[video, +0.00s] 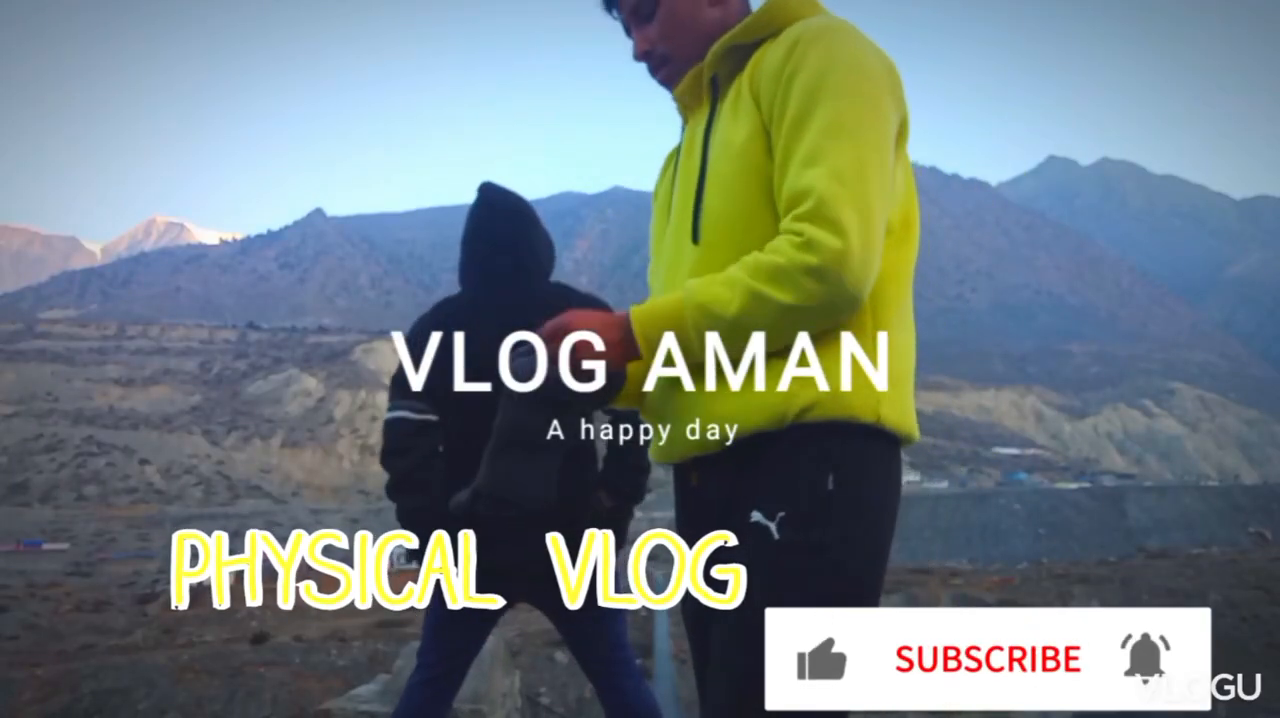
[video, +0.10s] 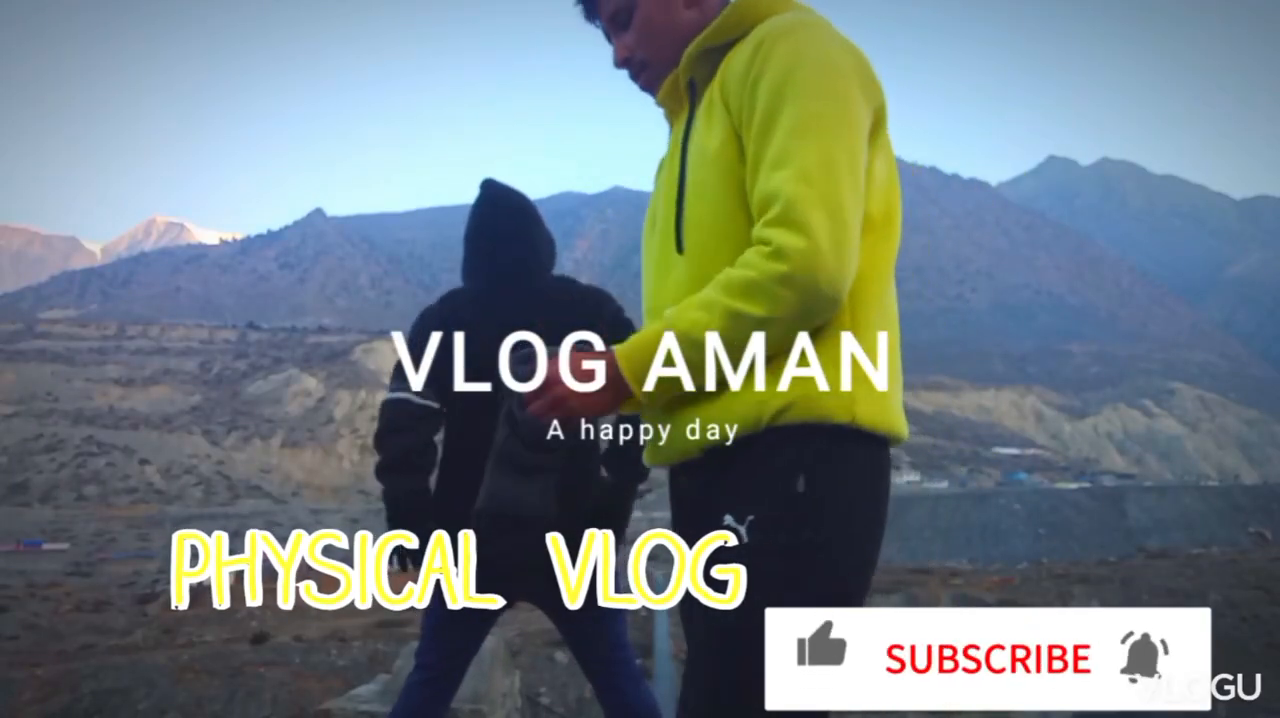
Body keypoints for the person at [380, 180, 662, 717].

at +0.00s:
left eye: (476, 243)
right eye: (537, 238)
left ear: (471, 248)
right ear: (540, 244)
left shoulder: (436, 328)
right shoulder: (590, 319)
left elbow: (406, 445)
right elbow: (630, 432)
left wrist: (430, 536)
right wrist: (608, 513)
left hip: (473, 546)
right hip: (569, 543)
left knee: (431, 684)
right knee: (620, 678)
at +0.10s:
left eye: (477, 238)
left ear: (474, 244)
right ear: (540, 239)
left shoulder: (442, 320)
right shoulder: (594, 310)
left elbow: (402, 436)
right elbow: (631, 426)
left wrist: (408, 536)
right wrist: (609, 519)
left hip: (472, 547)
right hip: (570, 545)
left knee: (430, 682)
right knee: (621, 679)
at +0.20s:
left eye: (475, 238)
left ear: (472, 244)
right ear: (536, 239)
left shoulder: (446, 316)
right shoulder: (593, 304)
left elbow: (392, 430)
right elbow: (632, 420)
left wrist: (378, 536)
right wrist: (615, 513)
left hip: (466, 542)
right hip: (566, 542)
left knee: (418, 683)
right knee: (620, 687)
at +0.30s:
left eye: (462, 241)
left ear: (460, 246)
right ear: (526, 242)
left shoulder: (435, 318)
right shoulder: (577, 308)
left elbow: (373, 426)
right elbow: (625, 405)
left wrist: (332, 526)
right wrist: (631, 496)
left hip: (455, 544)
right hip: (554, 542)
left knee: (412, 689)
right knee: (606, 684)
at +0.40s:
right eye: (506, 241)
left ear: (445, 247)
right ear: (511, 245)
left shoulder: (413, 318)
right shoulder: (554, 308)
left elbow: (349, 421)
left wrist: (300, 504)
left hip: (436, 549)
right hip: (535, 541)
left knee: (405, 695)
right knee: (598, 689)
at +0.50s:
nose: (505, 247)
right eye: (503, 238)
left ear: (438, 241)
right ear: (501, 240)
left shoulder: (404, 311)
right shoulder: (541, 304)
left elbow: (330, 404)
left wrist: (283, 479)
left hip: (429, 532)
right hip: (528, 530)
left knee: (410, 689)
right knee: (588, 682)